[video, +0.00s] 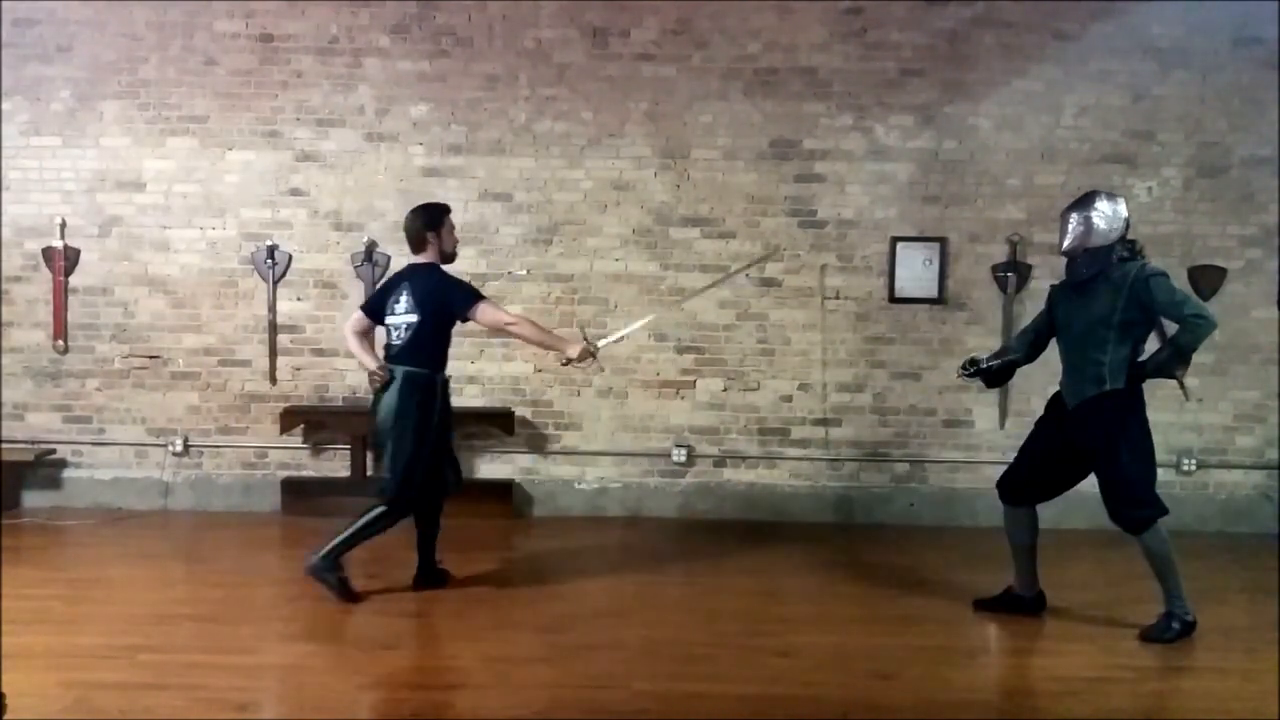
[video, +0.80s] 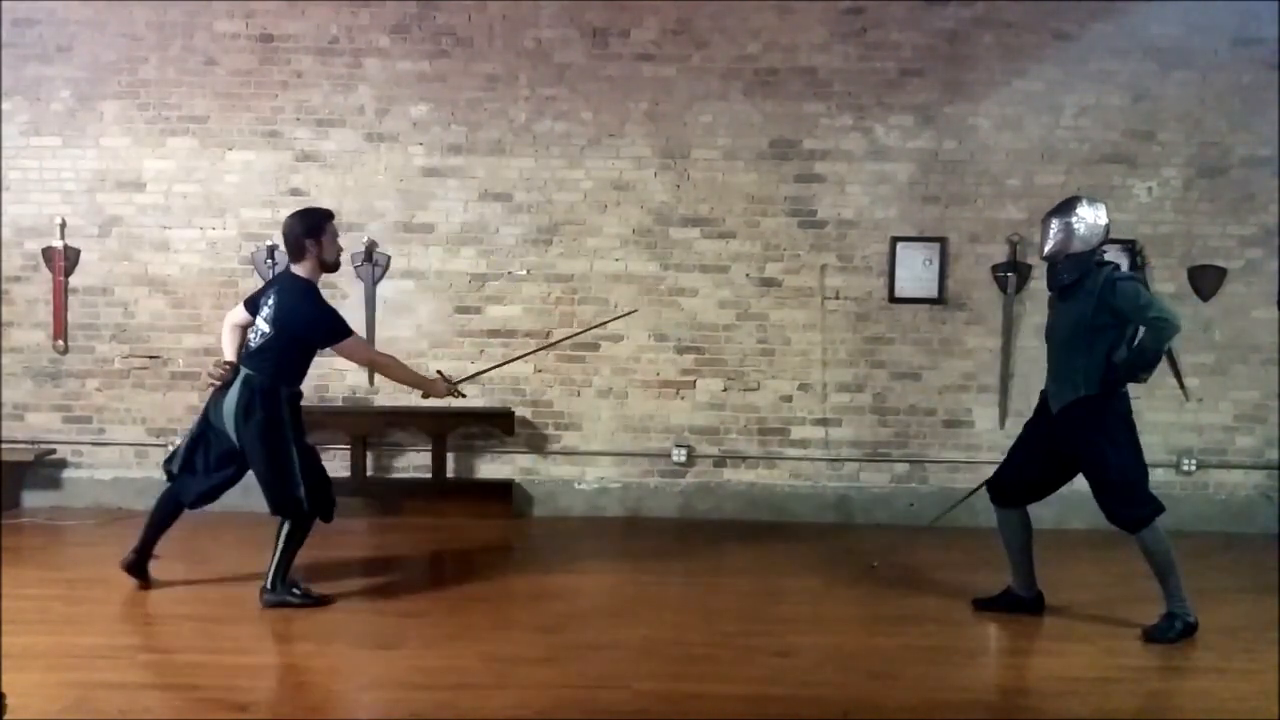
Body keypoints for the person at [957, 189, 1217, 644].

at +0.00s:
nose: (1072, 237)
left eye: (1082, 226)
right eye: (1070, 227)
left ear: (1108, 230)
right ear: (1068, 231)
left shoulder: (1139, 279)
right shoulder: (1065, 293)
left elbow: (1200, 320)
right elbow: (1030, 340)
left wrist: (1152, 366)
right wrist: (994, 363)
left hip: (1117, 412)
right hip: (1069, 412)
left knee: (1135, 510)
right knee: (1015, 491)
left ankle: (1179, 612)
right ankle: (1025, 592)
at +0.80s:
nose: (1049, 243)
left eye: (1057, 233)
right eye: (1049, 232)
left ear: (1081, 234)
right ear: (1066, 233)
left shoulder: (1111, 282)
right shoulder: (1065, 283)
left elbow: (1164, 322)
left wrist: (1130, 367)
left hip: (1101, 415)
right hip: (1058, 413)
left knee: (1133, 510)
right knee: (1005, 491)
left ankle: (1180, 612)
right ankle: (1024, 592)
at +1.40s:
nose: (1033, 248)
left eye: (1040, 237)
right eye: (1032, 238)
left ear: (1064, 239)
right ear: (1060, 241)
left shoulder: (1095, 284)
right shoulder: (1057, 288)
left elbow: (1144, 323)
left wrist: (1110, 375)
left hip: (1092, 416)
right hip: (1050, 414)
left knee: (1129, 512)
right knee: (998, 492)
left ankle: (1180, 612)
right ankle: (1023, 591)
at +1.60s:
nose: (1034, 247)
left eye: (1041, 236)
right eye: (1033, 237)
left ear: (1065, 238)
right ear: (1060, 239)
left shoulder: (1095, 284)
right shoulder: (1057, 287)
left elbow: (1145, 323)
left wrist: (1112, 374)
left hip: (1092, 416)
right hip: (1050, 414)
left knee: (1131, 511)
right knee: (998, 493)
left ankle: (1180, 612)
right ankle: (1023, 591)